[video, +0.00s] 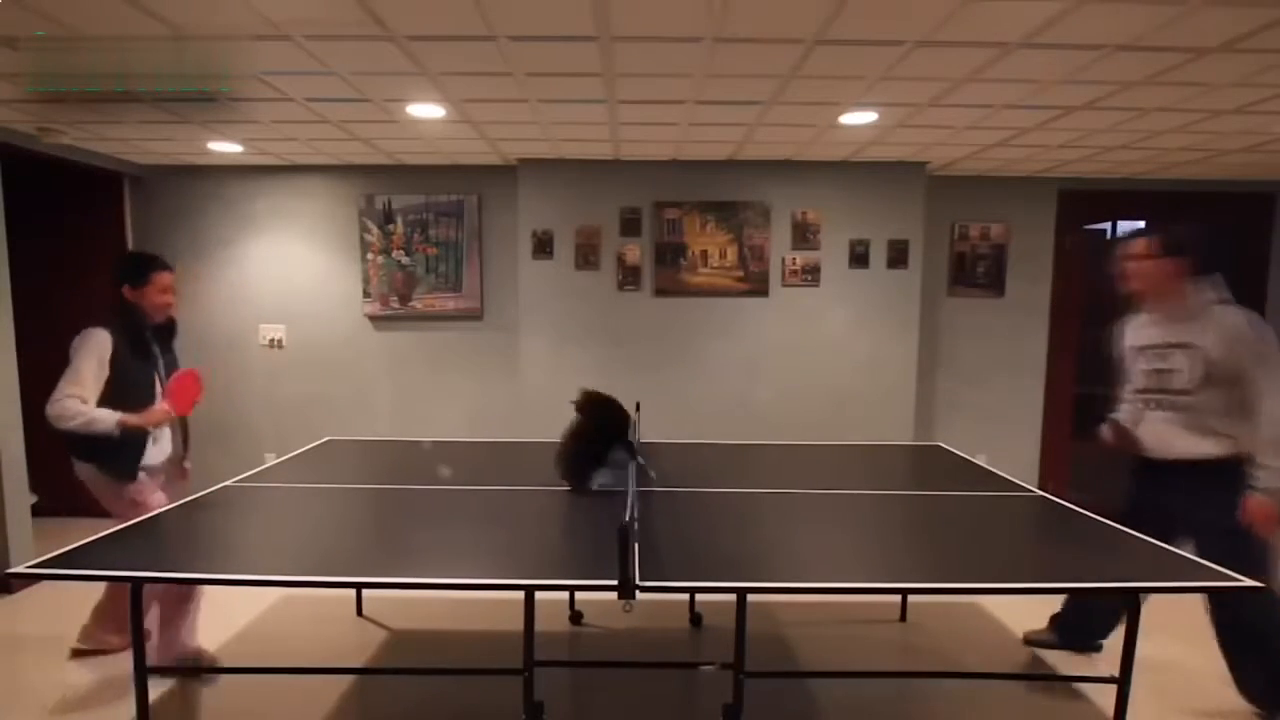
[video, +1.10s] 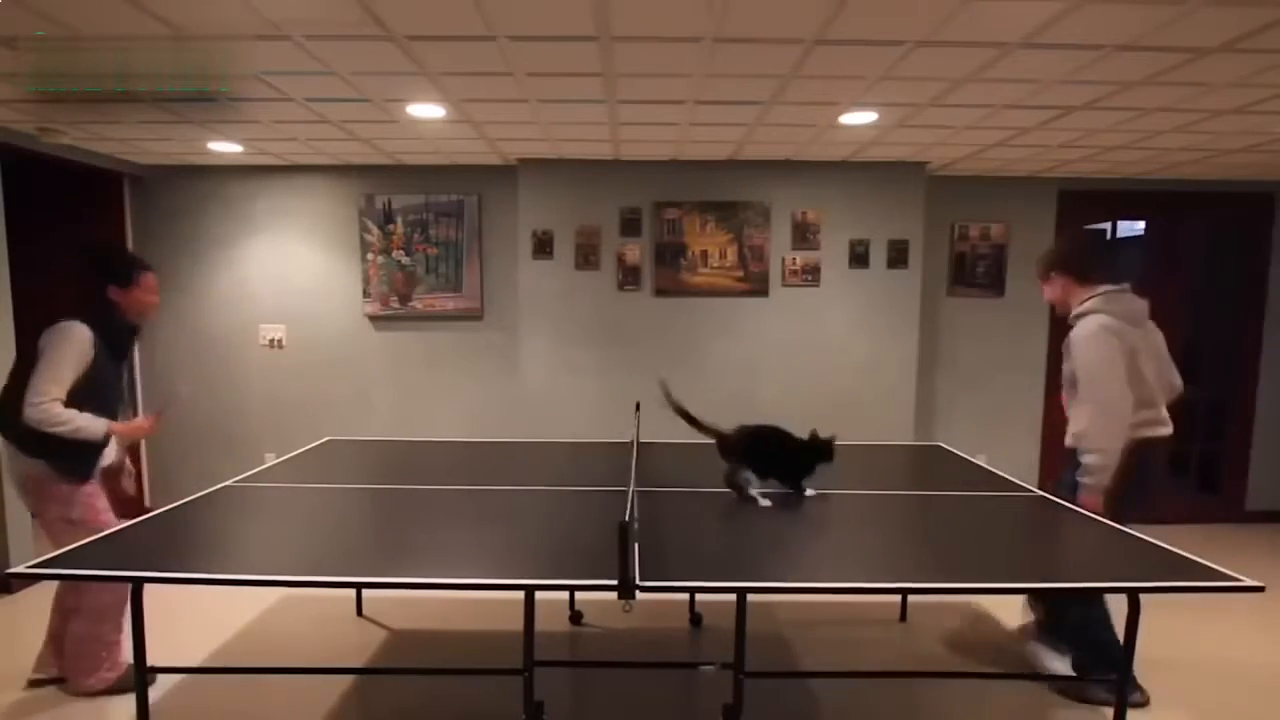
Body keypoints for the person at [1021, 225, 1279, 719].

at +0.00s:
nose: (1130, 269)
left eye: (1142, 259)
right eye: (1128, 260)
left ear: (1178, 265)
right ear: (1124, 270)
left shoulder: (1234, 326)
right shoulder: (1131, 330)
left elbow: (1271, 405)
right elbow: (1135, 394)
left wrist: (1265, 486)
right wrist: (1117, 425)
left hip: (1218, 476)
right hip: (1152, 473)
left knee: (1241, 595)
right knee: (1118, 556)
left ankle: (1270, 695)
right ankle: (1077, 631)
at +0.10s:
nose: (1177, 260)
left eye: (1191, 249)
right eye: (1175, 251)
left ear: (1229, 256)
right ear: (1172, 261)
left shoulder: (1270, 310)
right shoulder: (1169, 321)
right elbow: (1161, 388)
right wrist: (1140, 415)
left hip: (1256, 475)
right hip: (1188, 471)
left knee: (1261, 595)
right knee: (1150, 564)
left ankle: (1269, 697)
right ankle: (1092, 638)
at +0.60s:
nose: (1156, 270)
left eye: (1167, 258)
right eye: (1153, 260)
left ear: (1206, 260)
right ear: (1153, 269)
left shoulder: (1256, 328)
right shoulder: (1156, 325)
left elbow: (1270, 419)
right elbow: (1142, 385)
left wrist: (1257, 499)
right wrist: (1098, 404)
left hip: (1221, 483)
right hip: (1156, 479)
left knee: (1242, 603)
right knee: (1112, 580)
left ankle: (1273, 693)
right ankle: (1051, 661)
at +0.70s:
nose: (1096, 280)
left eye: (1108, 270)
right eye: (1095, 270)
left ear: (1146, 273)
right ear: (1101, 277)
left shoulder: (1202, 337)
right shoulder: (1112, 333)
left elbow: (1223, 424)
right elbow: (1103, 389)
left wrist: (1205, 504)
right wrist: (1065, 412)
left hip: (1171, 488)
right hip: (1109, 483)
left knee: (1203, 599)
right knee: (1063, 559)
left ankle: (1273, 694)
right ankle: (1052, 656)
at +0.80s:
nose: (1064, 272)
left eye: (1074, 263)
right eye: (1064, 263)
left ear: (1110, 267)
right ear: (1095, 270)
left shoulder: (1164, 325)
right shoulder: (1092, 318)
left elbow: (1189, 411)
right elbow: (1080, 387)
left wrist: (1166, 485)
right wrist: (1034, 409)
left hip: (1133, 474)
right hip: (1083, 466)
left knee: (1153, 585)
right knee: (1053, 560)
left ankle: (1243, 665)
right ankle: (1048, 652)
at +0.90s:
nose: (1055, 268)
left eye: (1060, 256)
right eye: (1054, 257)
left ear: (1094, 255)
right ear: (1088, 258)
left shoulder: (1145, 312)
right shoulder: (1096, 307)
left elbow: (1171, 396)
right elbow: (1096, 389)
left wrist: (1142, 468)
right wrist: (1051, 412)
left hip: (1109, 456)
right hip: (1075, 450)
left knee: (1100, 565)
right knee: (1057, 556)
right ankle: (1033, 656)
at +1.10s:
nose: (1046, 295)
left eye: (1047, 285)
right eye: (1044, 285)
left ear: (1066, 280)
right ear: (1087, 278)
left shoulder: (1092, 329)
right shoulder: (1137, 319)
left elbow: (1107, 412)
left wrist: (1092, 486)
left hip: (1113, 458)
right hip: (1143, 452)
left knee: (1064, 561)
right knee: (1056, 540)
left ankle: (1110, 677)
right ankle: (1059, 634)